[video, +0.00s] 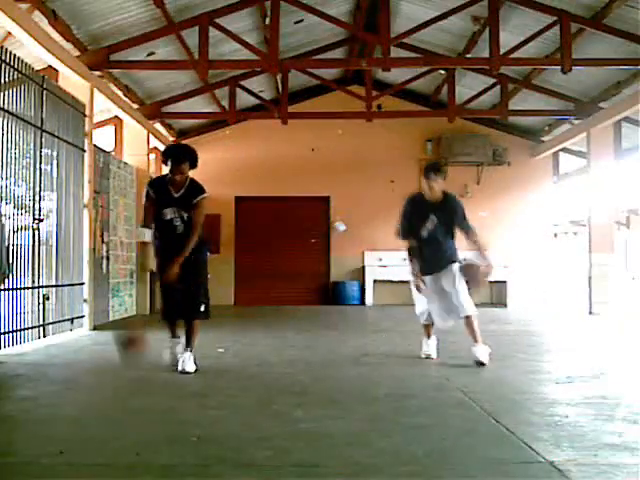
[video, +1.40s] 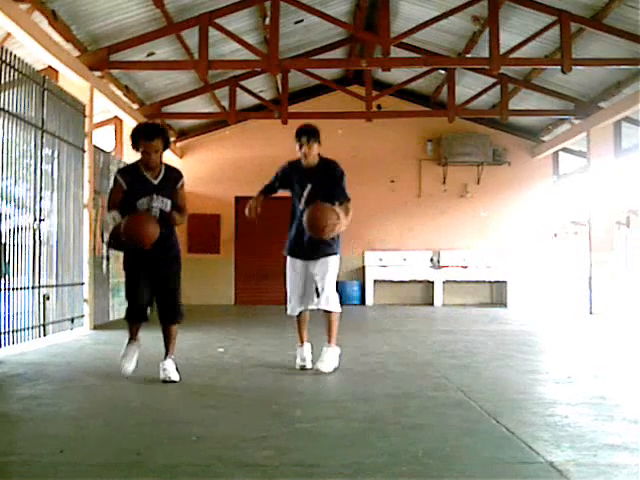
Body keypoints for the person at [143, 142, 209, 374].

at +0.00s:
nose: (178, 178)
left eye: (182, 173)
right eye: (174, 173)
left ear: (190, 169)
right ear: (168, 168)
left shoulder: (197, 191)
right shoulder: (155, 188)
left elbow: (196, 230)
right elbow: (148, 224)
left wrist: (178, 262)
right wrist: (150, 258)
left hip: (192, 250)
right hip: (166, 249)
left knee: (192, 301)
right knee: (170, 300)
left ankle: (189, 351)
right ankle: (175, 341)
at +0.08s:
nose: (169, 174)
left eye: (173, 170)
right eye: (166, 169)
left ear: (184, 167)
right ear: (160, 166)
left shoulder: (194, 190)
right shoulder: (151, 187)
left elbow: (204, 229)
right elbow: (138, 218)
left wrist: (178, 249)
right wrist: (124, 237)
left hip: (191, 252)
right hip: (162, 252)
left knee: (190, 305)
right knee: (157, 304)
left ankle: (188, 352)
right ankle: (160, 345)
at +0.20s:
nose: (160, 171)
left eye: (165, 166)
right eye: (157, 166)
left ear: (176, 164)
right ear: (152, 164)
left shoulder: (190, 187)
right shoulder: (146, 184)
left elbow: (210, 218)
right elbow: (131, 208)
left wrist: (185, 235)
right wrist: (124, 212)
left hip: (185, 254)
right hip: (156, 253)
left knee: (187, 306)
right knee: (143, 304)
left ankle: (187, 353)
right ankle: (136, 354)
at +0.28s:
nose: (151, 167)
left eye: (156, 162)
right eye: (148, 162)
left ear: (167, 161)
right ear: (143, 161)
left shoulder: (182, 184)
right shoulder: (137, 184)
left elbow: (211, 207)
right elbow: (113, 203)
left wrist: (197, 226)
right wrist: (98, 202)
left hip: (177, 255)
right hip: (148, 255)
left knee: (183, 306)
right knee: (134, 306)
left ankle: (186, 353)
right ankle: (125, 356)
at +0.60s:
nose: (130, 171)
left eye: (135, 166)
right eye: (126, 166)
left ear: (145, 160)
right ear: (120, 163)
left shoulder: (161, 181)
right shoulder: (115, 184)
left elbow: (184, 209)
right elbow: (103, 215)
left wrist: (183, 230)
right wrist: (91, 217)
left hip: (157, 254)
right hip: (128, 255)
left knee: (161, 307)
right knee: (123, 309)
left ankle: (175, 345)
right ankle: (124, 357)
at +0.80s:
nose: (120, 172)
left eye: (124, 167)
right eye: (116, 167)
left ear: (136, 161)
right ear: (112, 165)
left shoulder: (154, 179)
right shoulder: (108, 190)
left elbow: (174, 208)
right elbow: (108, 223)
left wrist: (179, 244)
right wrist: (109, 249)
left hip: (153, 250)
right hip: (125, 252)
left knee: (147, 302)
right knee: (121, 305)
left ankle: (162, 344)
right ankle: (123, 356)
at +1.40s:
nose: (150, 158)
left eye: (156, 152)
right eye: (145, 152)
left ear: (164, 151)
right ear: (137, 150)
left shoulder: (174, 177)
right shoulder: (125, 175)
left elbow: (181, 216)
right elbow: (112, 210)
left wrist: (168, 213)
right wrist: (120, 224)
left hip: (166, 247)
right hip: (136, 248)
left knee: (170, 303)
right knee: (137, 302)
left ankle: (169, 359)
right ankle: (133, 342)